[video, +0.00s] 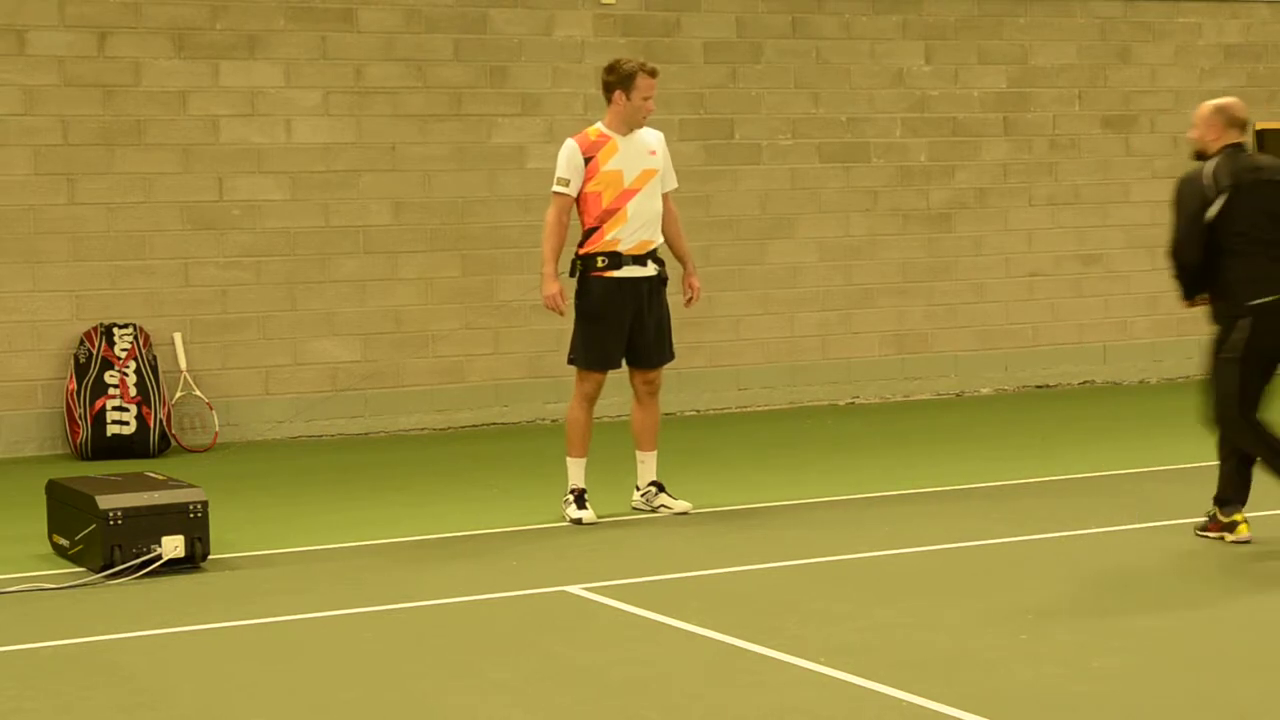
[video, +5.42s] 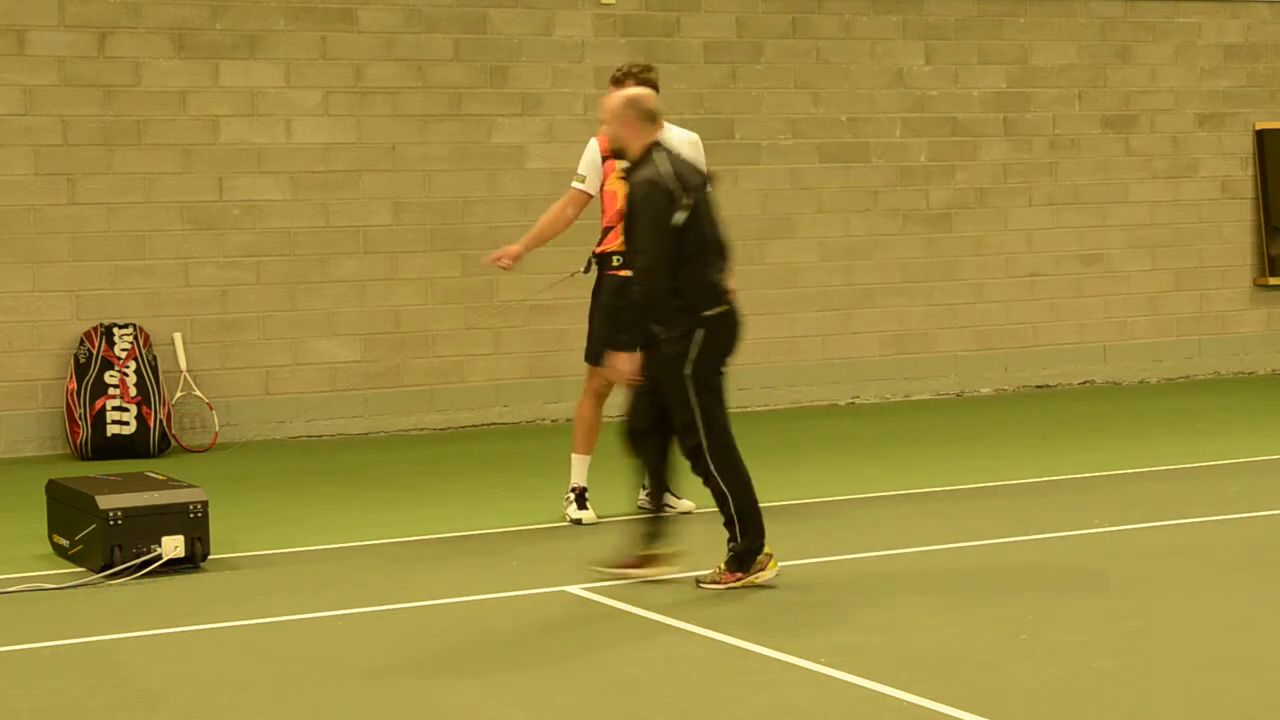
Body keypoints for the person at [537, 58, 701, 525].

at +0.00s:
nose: (652, 107)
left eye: (653, 99)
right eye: (646, 99)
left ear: (641, 99)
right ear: (618, 98)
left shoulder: (654, 142)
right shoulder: (579, 148)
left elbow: (666, 208)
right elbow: (558, 214)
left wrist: (687, 264)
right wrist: (549, 275)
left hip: (649, 281)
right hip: (601, 283)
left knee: (648, 384)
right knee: (588, 388)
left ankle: (647, 487)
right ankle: (576, 492)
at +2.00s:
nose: (649, 108)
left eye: (651, 100)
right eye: (643, 101)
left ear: (628, 100)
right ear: (616, 99)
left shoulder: (647, 141)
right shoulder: (580, 150)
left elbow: (657, 209)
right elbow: (571, 216)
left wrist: (676, 266)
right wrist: (589, 269)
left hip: (648, 279)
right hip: (602, 281)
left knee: (646, 384)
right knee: (587, 388)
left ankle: (647, 487)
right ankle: (576, 492)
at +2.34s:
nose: (651, 105)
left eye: (652, 98)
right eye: (646, 98)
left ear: (633, 99)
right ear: (618, 98)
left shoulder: (650, 143)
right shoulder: (579, 149)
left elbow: (677, 204)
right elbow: (568, 215)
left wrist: (721, 243)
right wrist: (582, 266)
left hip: (647, 281)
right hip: (601, 282)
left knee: (646, 383)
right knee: (586, 388)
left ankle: (647, 488)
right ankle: (575, 494)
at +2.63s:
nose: (648, 105)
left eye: (649, 98)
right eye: (642, 98)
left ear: (632, 99)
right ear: (615, 98)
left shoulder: (652, 142)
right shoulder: (578, 149)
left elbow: (706, 177)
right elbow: (568, 213)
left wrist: (768, 198)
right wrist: (577, 266)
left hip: (646, 279)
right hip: (599, 280)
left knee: (646, 383)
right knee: (587, 387)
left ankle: (648, 487)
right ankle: (576, 493)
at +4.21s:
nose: (620, 113)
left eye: (626, 105)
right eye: (611, 105)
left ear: (634, 101)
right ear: (594, 101)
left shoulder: (651, 143)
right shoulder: (574, 151)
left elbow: (686, 197)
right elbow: (556, 214)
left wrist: (733, 239)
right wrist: (553, 263)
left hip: (645, 280)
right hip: (597, 282)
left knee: (645, 384)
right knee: (586, 387)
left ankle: (647, 487)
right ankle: (575, 493)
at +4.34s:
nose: (617, 113)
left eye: (623, 105)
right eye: (609, 105)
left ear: (631, 101)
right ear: (591, 101)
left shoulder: (649, 142)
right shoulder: (572, 151)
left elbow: (663, 207)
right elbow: (553, 213)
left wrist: (680, 262)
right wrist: (543, 263)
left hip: (646, 279)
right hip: (598, 282)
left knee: (646, 383)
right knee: (586, 387)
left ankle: (647, 487)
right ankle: (576, 492)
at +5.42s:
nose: (617, 110)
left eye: (625, 102)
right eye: (614, 101)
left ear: (645, 102)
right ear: (611, 101)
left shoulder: (683, 143)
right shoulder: (603, 146)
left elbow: (703, 218)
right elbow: (571, 205)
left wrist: (719, 274)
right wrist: (523, 245)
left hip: (668, 278)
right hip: (617, 277)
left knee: (662, 384)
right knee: (598, 383)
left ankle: (656, 487)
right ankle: (577, 489)